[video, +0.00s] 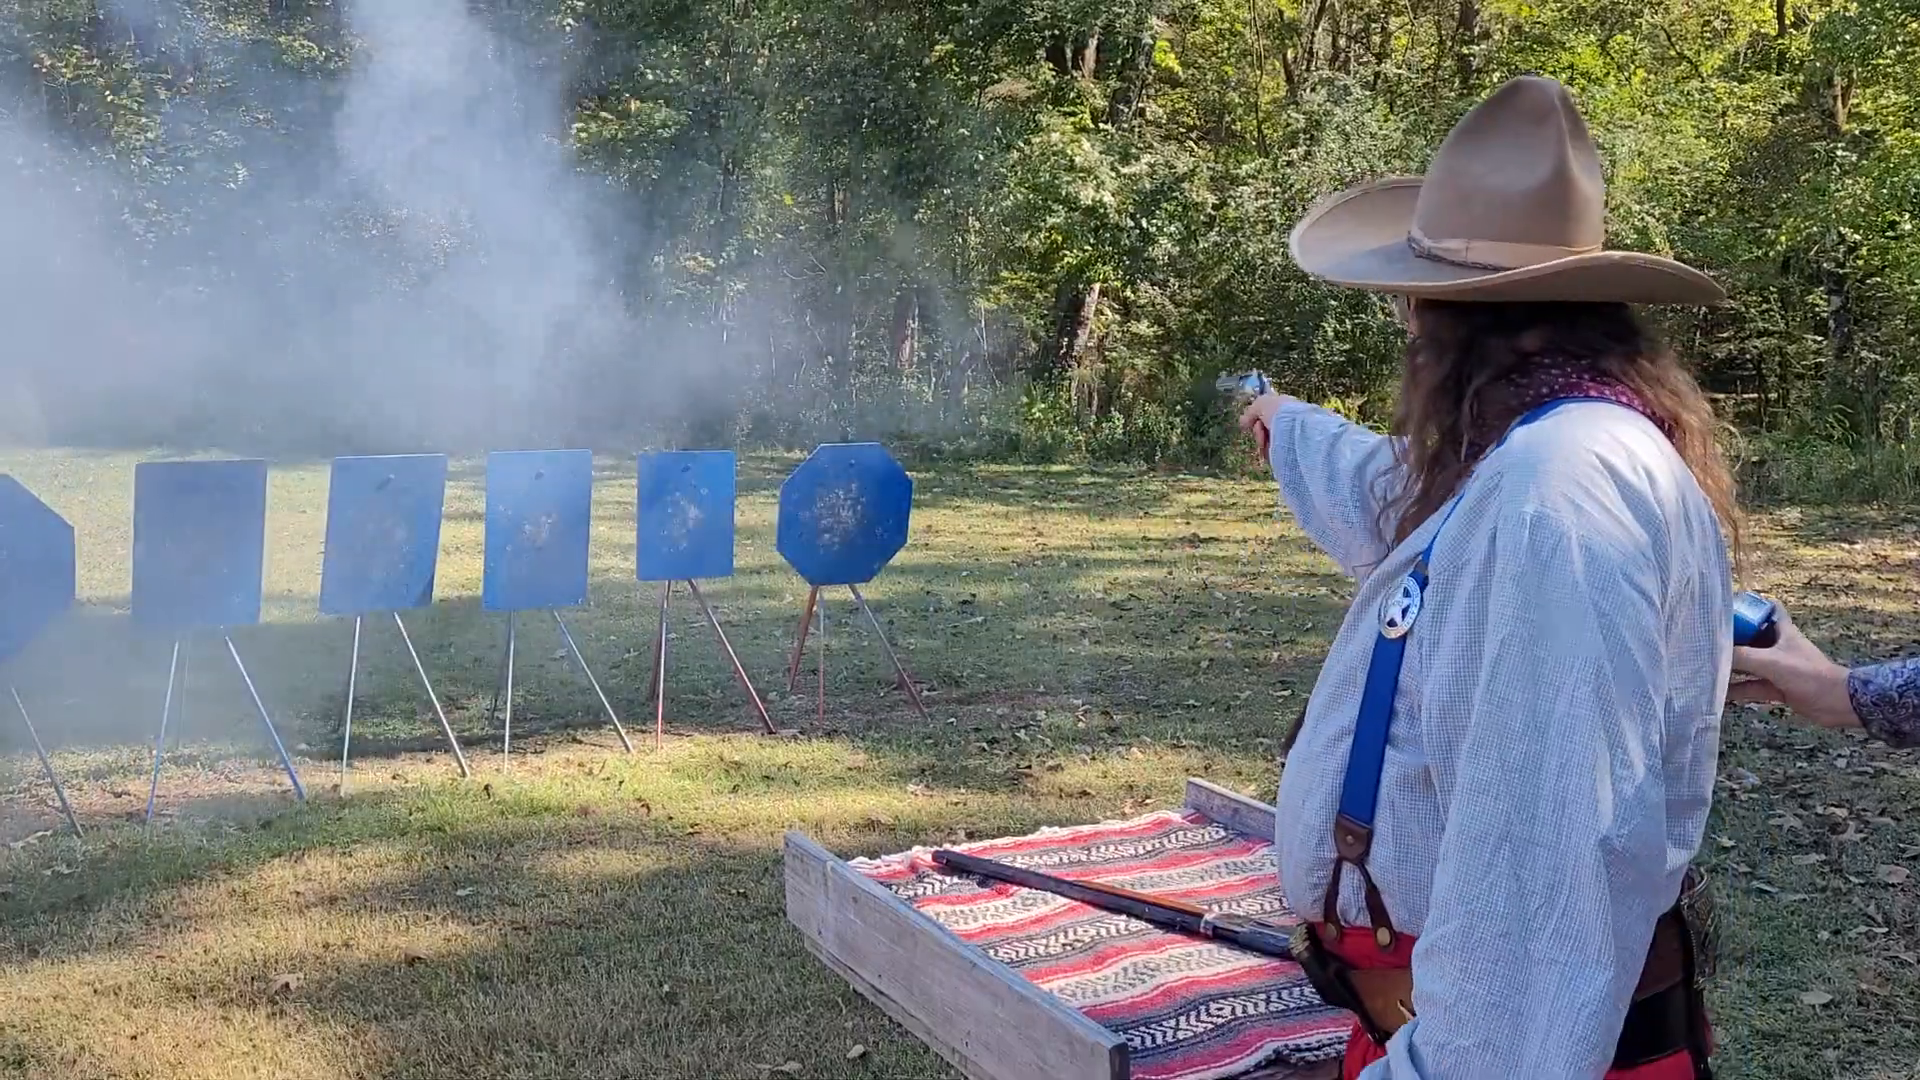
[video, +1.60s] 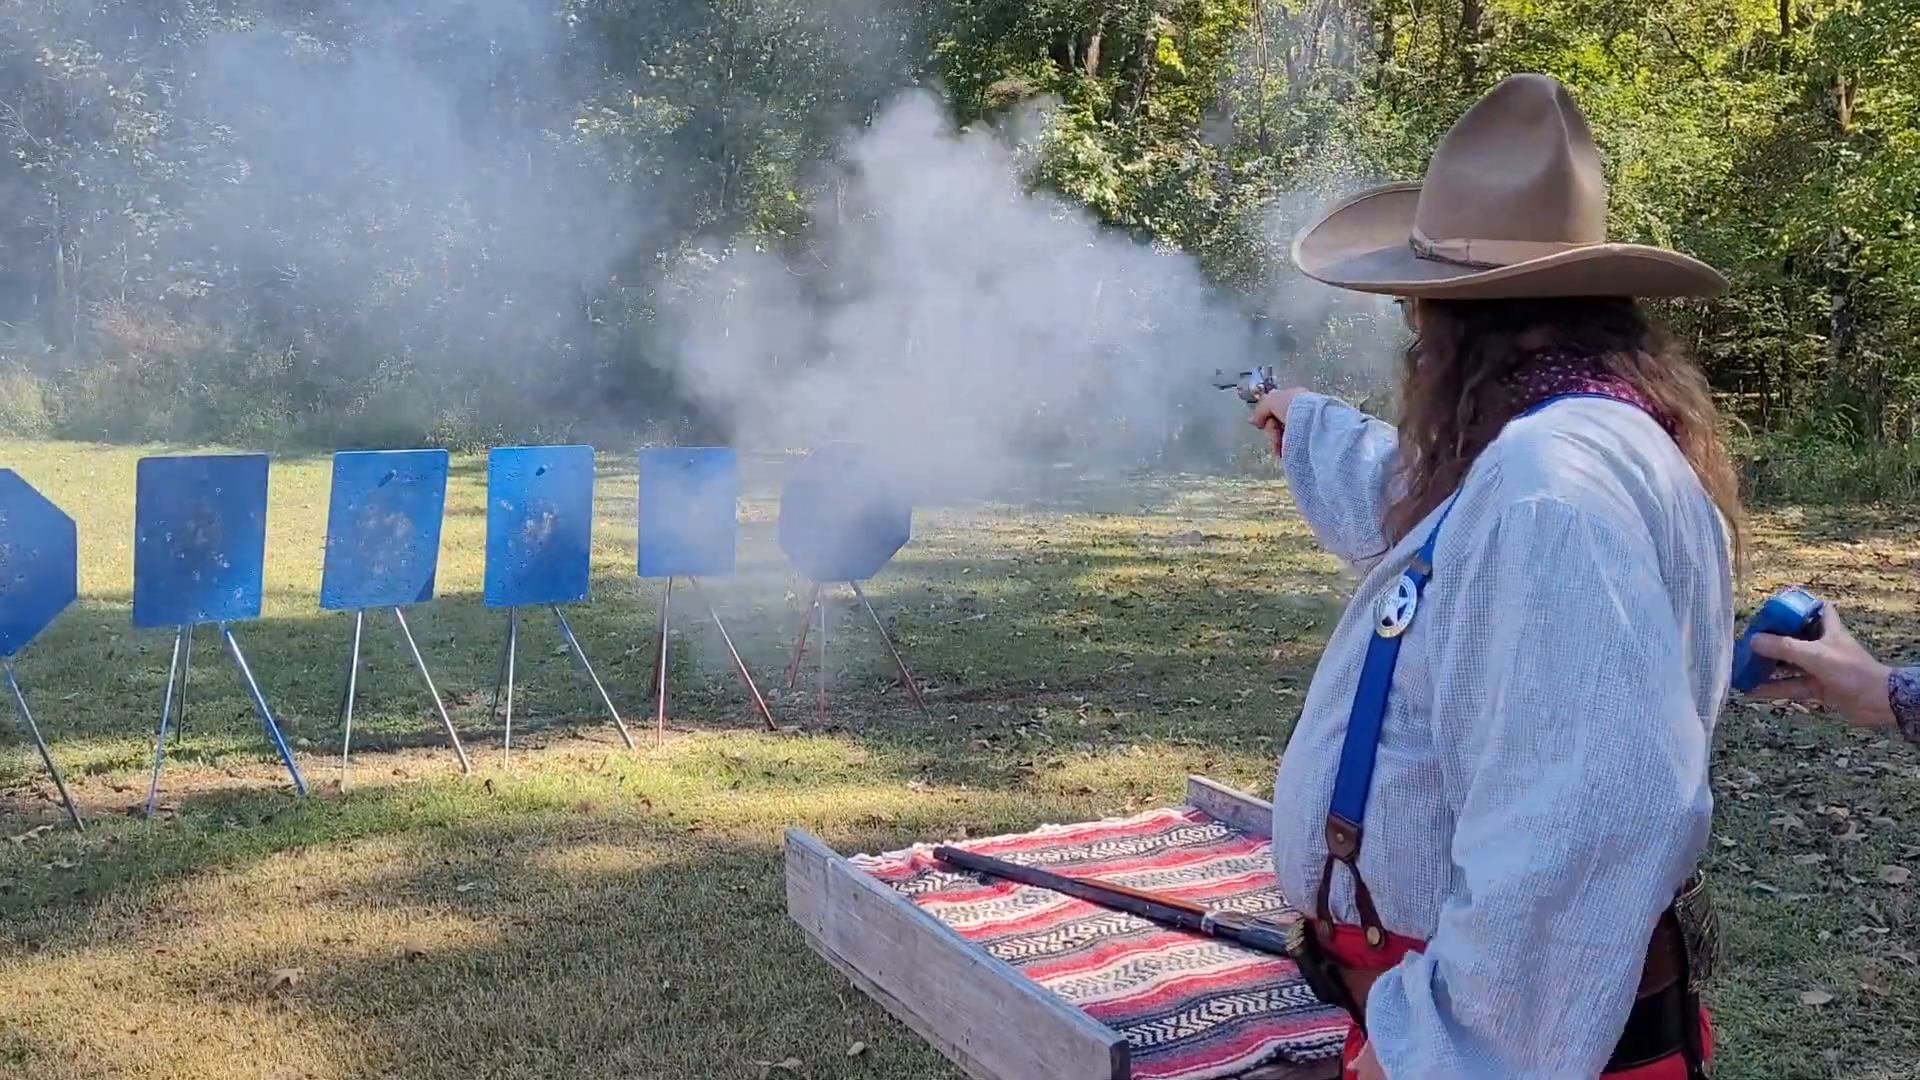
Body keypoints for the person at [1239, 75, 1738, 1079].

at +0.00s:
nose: (1404, 318)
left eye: (1416, 295)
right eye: (1407, 292)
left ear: (1457, 318)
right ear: (1557, 309)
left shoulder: (1557, 492)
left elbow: (1544, 873)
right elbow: (1394, 493)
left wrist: (1433, 1060)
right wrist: (1285, 427)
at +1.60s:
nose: (1409, 335)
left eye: (1420, 309)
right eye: (1412, 306)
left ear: (1462, 323)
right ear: (1572, 310)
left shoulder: (1548, 478)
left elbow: (1596, 811)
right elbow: (1412, 507)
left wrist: (1437, 1047)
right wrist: (1306, 423)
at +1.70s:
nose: (1403, 334)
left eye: (1415, 308)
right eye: (1407, 306)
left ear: (1459, 320)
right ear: (1572, 307)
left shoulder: (1543, 465)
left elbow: (1672, 763)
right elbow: (1429, 519)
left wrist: (1467, 985)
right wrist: (1332, 457)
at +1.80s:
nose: (1388, 345)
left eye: (1395, 318)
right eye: (1389, 317)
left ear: (1435, 326)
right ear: (1564, 307)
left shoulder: (1523, 456)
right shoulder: (1597, 427)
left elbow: (1695, 719)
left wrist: (1489, 953)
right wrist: (1398, 513)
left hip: (1489, 1045)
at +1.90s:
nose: (1370, 364)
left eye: (1376, 334)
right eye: (1368, 333)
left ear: (1410, 336)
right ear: (1536, 309)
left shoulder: (1512, 461)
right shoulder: (1611, 437)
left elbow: (1694, 709)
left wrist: (1502, 941)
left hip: (1486, 1048)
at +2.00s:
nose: (1361, 378)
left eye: (1364, 351)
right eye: (1358, 352)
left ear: (1395, 355)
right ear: (1534, 307)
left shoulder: (1497, 459)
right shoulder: (1627, 420)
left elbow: (1674, 697)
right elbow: (1771, 554)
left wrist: (1510, 951)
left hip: (1488, 1046)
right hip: (1617, 1019)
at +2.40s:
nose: (1349, 393)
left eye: (1352, 365)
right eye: (1344, 367)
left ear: (1380, 357)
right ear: (1525, 305)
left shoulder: (1452, 445)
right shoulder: (1664, 433)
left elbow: (1580, 670)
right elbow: (1828, 678)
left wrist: (1460, 969)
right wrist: (1651, 775)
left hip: (1507, 1034)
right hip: (1664, 994)